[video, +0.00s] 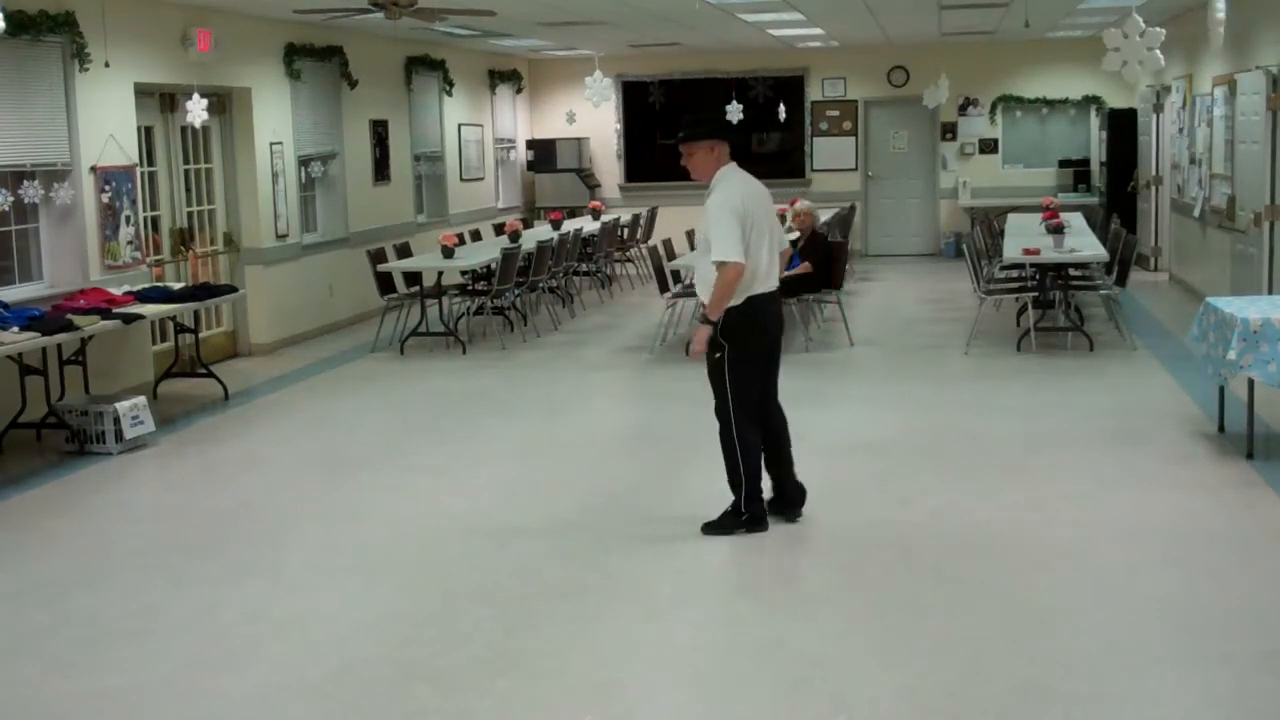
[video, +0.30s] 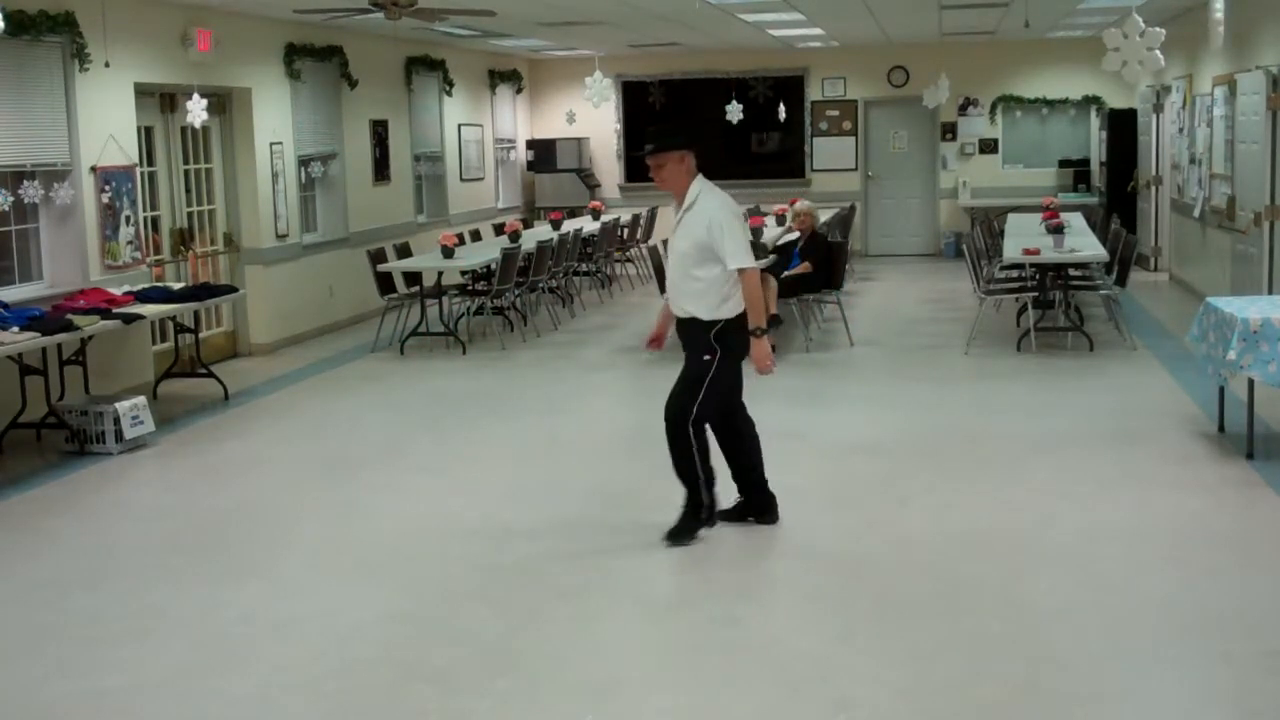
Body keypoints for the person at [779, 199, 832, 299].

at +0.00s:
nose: (801, 219)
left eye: (805, 215)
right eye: (797, 216)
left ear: (813, 218)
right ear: (793, 220)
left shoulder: (819, 239)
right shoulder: (793, 244)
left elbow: (809, 266)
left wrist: (786, 274)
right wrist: (779, 273)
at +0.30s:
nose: (802, 219)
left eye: (806, 215)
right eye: (798, 216)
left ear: (813, 218)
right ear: (794, 220)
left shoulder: (819, 240)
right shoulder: (793, 243)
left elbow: (810, 266)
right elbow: (766, 248)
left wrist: (786, 274)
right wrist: (784, 231)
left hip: (807, 277)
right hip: (786, 272)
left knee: (765, 287)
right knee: (766, 275)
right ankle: (773, 314)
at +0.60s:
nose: (801, 219)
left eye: (805, 215)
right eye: (797, 216)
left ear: (813, 219)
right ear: (794, 221)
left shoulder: (820, 240)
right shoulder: (793, 243)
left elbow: (810, 266)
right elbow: (767, 248)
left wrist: (784, 275)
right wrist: (786, 229)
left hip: (809, 278)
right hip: (788, 275)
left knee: (768, 291)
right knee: (765, 275)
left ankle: (769, 342)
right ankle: (773, 315)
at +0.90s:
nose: (801, 219)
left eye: (804, 215)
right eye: (797, 216)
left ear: (813, 218)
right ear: (794, 221)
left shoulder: (819, 239)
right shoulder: (795, 242)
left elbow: (809, 266)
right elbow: (767, 249)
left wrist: (785, 275)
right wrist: (785, 230)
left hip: (808, 278)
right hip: (788, 274)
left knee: (766, 292)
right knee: (766, 274)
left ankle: (769, 343)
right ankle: (773, 315)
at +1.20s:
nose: (801, 219)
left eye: (805, 215)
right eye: (797, 216)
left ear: (813, 218)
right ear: (794, 221)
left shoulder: (819, 239)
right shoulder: (795, 241)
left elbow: (810, 266)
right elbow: (767, 249)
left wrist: (785, 276)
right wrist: (785, 230)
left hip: (808, 278)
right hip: (788, 274)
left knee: (767, 292)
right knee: (766, 274)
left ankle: (769, 342)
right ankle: (773, 315)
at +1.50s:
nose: (800, 219)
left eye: (804, 216)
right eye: (797, 216)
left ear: (813, 219)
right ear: (794, 221)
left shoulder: (820, 240)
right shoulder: (795, 241)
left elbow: (810, 266)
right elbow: (767, 249)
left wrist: (786, 275)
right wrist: (785, 231)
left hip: (808, 279)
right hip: (789, 274)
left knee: (767, 292)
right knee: (765, 274)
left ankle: (768, 343)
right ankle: (773, 315)